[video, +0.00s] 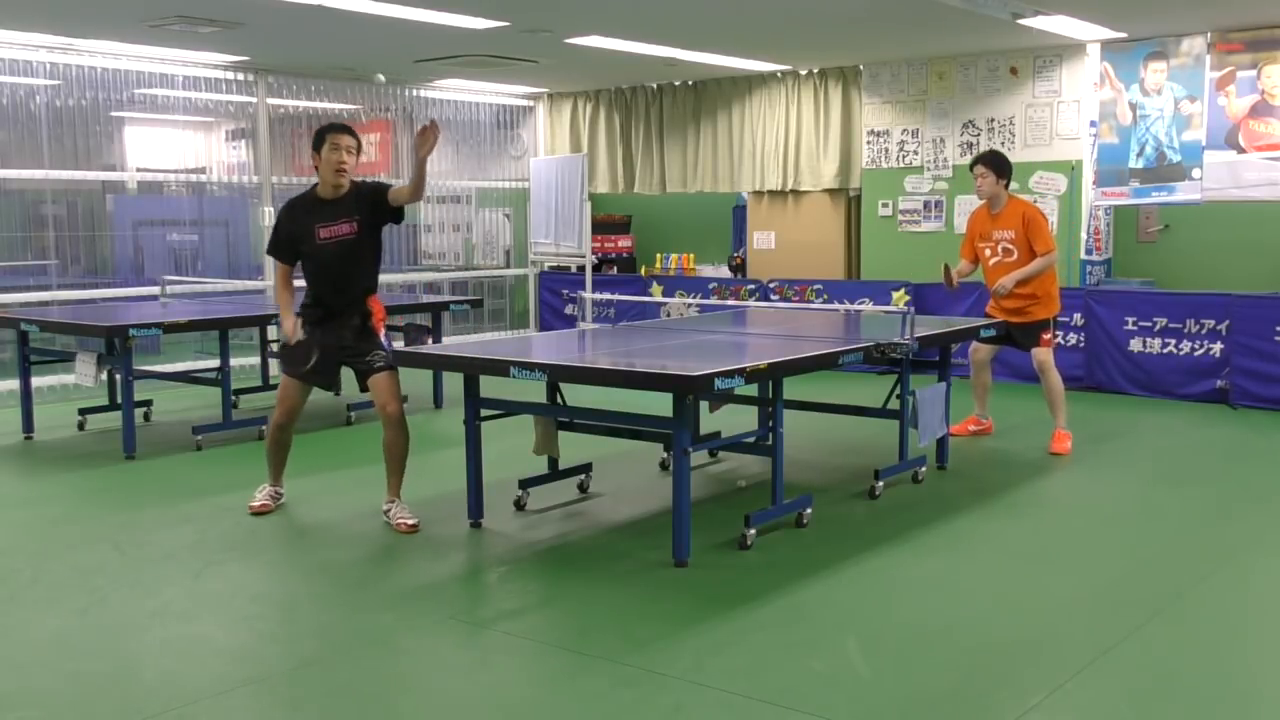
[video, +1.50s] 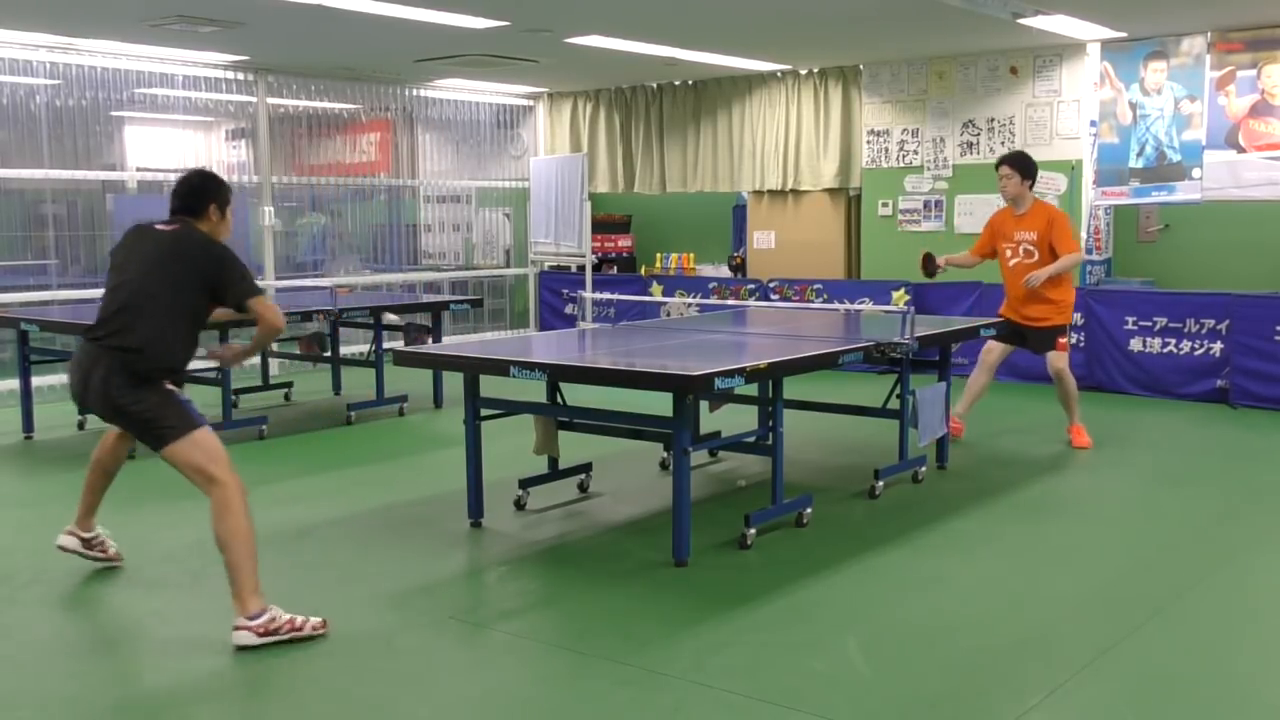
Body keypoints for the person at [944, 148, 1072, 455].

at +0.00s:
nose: (977, 183)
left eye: (983, 177)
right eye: (975, 177)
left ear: (1002, 179)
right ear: (975, 181)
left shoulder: (1028, 213)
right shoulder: (977, 218)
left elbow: (1050, 256)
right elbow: (970, 260)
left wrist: (1014, 277)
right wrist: (956, 273)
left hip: (1037, 306)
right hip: (1000, 306)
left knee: (1042, 360)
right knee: (978, 355)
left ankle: (1061, 429)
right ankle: (981, 419)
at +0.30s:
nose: (982, 186)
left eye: (989, 180)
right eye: (980, 180)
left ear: (1008, 183)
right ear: (979, 183)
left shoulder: (1031, 217)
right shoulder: (978, 220)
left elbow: (1050, 263)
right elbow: (966, 260)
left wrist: (1014, 281)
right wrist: (947, 277)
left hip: (1038, 310)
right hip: (998, 309)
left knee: (1053, 364)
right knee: (973, 358)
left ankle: (1077, 431)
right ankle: (981, 419)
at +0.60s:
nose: (1004, 193)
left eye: (1010, 187)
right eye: (1001, 187)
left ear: (1029, 190)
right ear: (999, 189)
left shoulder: (1054, 225)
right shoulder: (996, 224)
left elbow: (1072, 273)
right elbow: (975, 262)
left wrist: (1035, 288)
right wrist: (951, 275)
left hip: (1054, 317)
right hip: (1012, 315)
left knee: (1063, 369)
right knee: (973, 353)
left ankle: (1079, 434)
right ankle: (976, 416)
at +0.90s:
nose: (989, 209)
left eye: (995, 203)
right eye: (987, 203)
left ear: (1015, 204)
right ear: (986, 203)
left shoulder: (1043, 235)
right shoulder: (983, 237)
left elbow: (1057, 284)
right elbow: (955, 267)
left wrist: (1021, 289)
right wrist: (948, 286)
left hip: (1041, 320)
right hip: (998, 319)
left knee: (1055, 373)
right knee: (958, 362)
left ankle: (1076, 434)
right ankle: (947, 427)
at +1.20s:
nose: (965, 199)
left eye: (971, 193)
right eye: (963, 194)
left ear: (991, 196)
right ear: (963, 196)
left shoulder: (1019, 227)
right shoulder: (957, 233)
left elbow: (1047, 265)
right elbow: (914, 245)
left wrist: (1016, 282)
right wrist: (898, 235)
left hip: (1032, 318)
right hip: (989, 318)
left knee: (1052, 370)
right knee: (953, 358)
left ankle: (1075, 430)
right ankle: (947, 427)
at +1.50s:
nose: (1001, 184)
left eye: (1008, 178)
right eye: (999, 179)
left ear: (1027, 181)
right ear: (999, 182)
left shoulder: (1052, 216)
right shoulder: (999, 220)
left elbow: (1076, 256)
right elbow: (975, 256)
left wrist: (1046, 271)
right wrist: (945, 261)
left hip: (1053, 312)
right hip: (1015, 311)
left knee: (1058, 368)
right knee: (988, 355)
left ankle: (1075, 424)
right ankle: (957, 417)